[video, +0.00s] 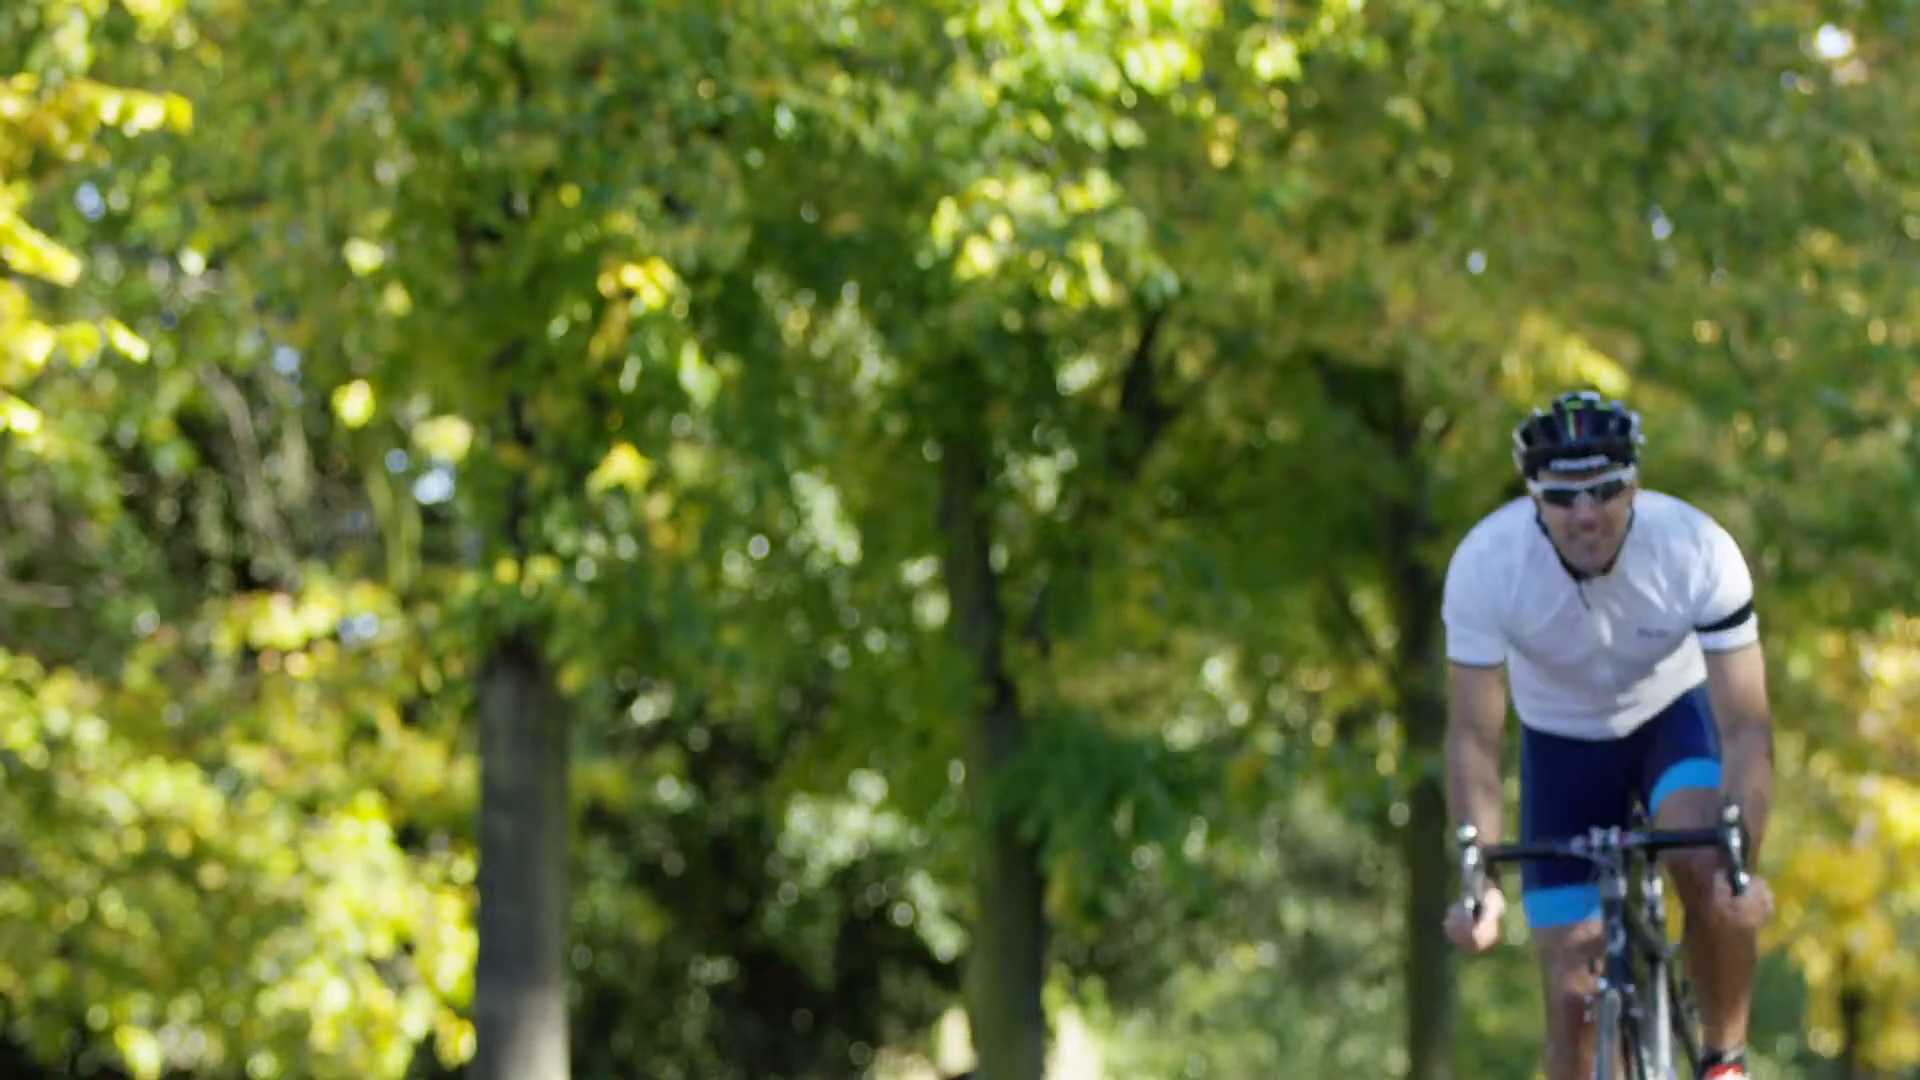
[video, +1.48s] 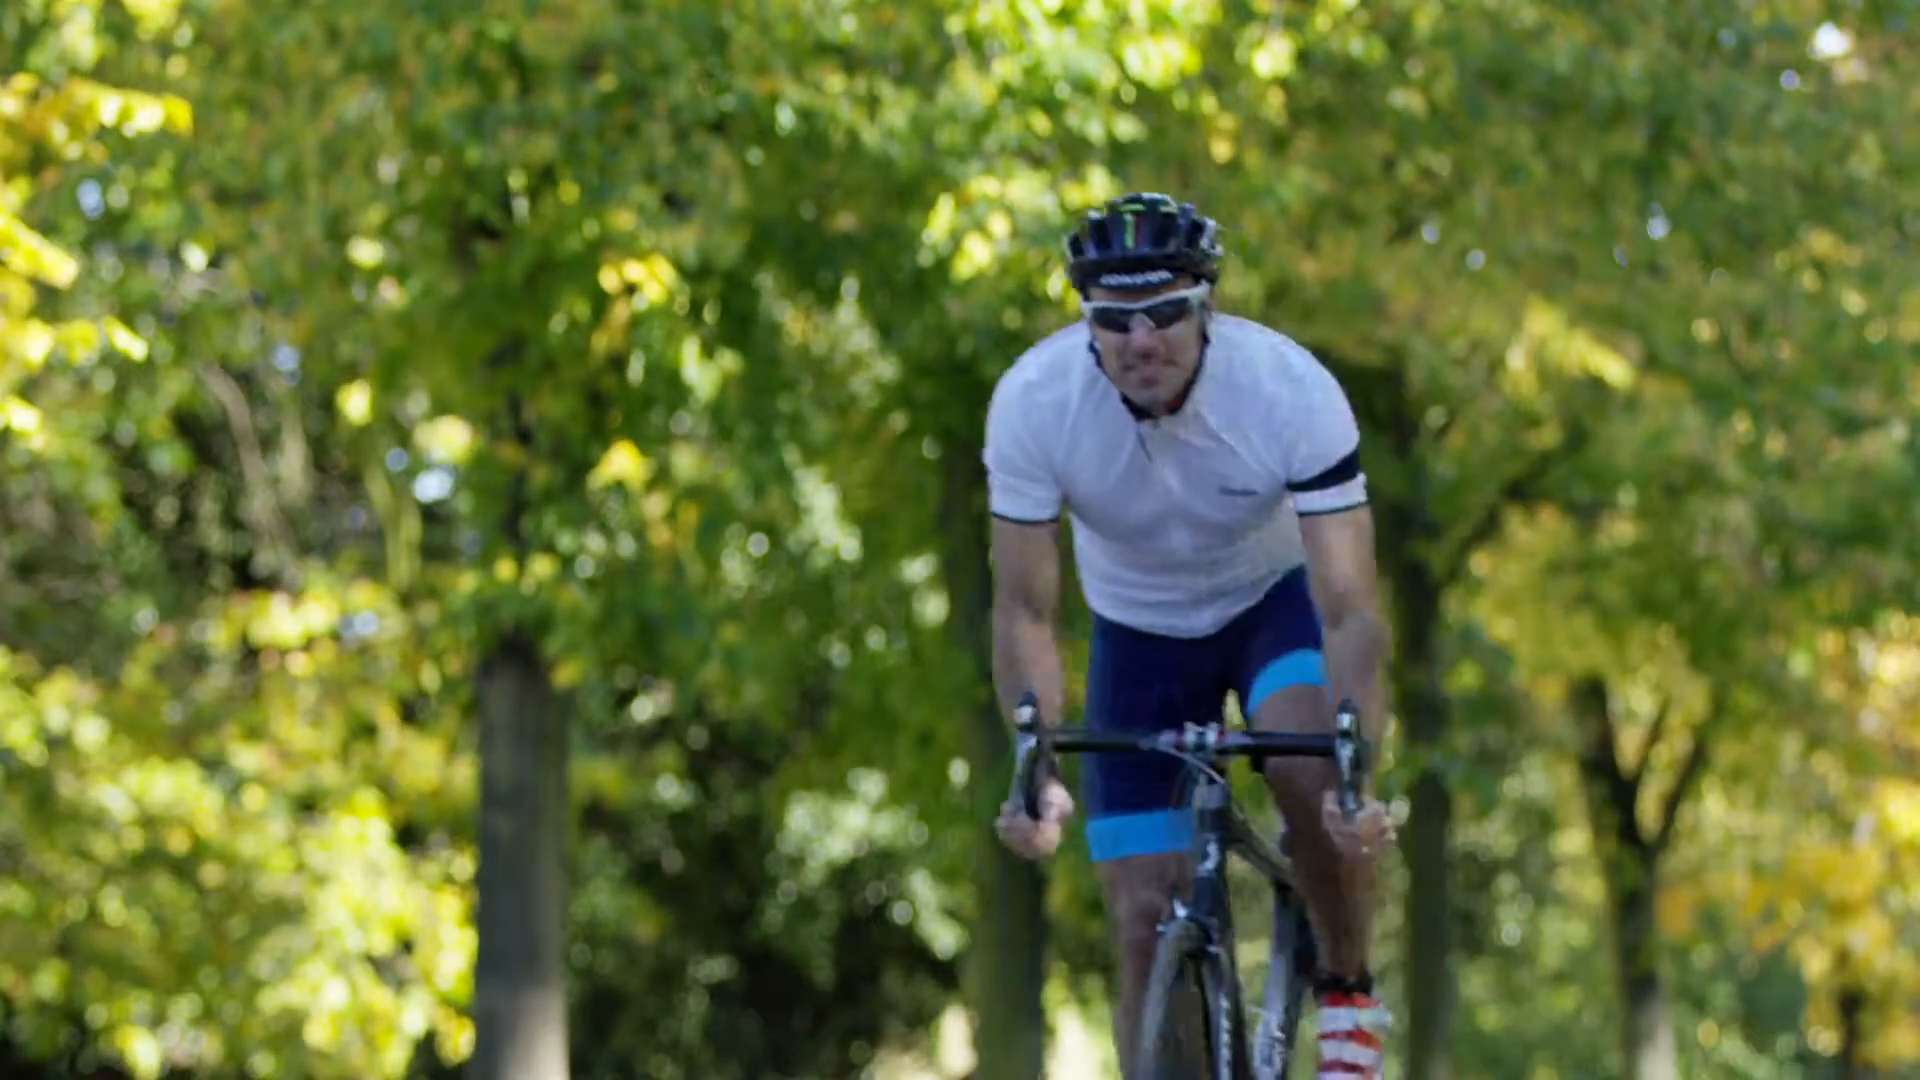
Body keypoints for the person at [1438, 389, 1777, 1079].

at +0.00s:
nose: (1587, 516)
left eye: (1606, 493)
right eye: (1563, 498)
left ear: (1634, 486)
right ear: (1535, 497)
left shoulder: (1697, 549)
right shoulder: (1485, 566)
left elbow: (1747, 724)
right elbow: (1474, 734)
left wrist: (1745, 862)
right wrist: (1477, 875)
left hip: (1672, 715)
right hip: (1559, 739)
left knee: (1703, 860)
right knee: (1574, 988)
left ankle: (1725, 1059)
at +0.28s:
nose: (1516, 487)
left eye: (1536, 464)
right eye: (1492, 469)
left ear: (1566, 455)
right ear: (1464, 465)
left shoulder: (1637, 520)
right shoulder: (1417, 541)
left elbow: (1673, 703)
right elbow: (1400, 720)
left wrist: (1657, 842)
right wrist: (1387, 876)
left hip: (1621, 701)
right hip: (1498, 708)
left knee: (1633, 913)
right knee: (1485, 939)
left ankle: (1660, 1067)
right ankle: (1508, 1070)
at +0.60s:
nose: (1415, 462)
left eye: (1435, 438)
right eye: (1390, 443)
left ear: (1470, 429)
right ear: (1363, 441)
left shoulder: (1551, 492)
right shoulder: (1324, 514)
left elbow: (1598, 679)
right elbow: (1306, 698)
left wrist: (1584, 830)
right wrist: (1303, 848)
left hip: (1546, 689)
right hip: (1417, 682)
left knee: (1567, 957)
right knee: (1362, 840)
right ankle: (1422, 1037)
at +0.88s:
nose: (1323, 433)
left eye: (1345, 407)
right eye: (1299, 411)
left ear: (1386, 396)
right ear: (1274, 407)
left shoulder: (1469, 462)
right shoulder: (1236, 484)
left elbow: (1528, 651)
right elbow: (1227, 667)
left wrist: (1525, 809)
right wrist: (1231, 819)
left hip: (1469, 657)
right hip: (1335, 648)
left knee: (1497, 941)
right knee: (1295, 822)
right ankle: (1348, 1065)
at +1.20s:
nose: (1232, 388)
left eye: (1254, 361)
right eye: (1206, 367)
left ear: (1294, 349)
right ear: (1177, 366)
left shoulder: (1377, 429)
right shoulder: (1128, 444)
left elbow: (1437, 635)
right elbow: (1129, 631)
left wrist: (1448, 805)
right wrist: (1144, 780)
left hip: (1372, 631)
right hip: (1233, 644)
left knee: (1403, 862)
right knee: (1239, 891)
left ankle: (1459, 1055)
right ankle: (1247, 1069)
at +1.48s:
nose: (1141, 343)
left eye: (1165, 315)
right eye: (1115, 320)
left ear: (1206, 307)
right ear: (1086, 319)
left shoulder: (1292, 391)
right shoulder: (1032, 405)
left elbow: (1349, 604)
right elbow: (1023, 605)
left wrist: (1356, 783)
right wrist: (1036, 755)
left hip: (1274, 597)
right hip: (1135, 624)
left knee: (1307, 763)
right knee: (1144, 921)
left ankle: (1347, 999)